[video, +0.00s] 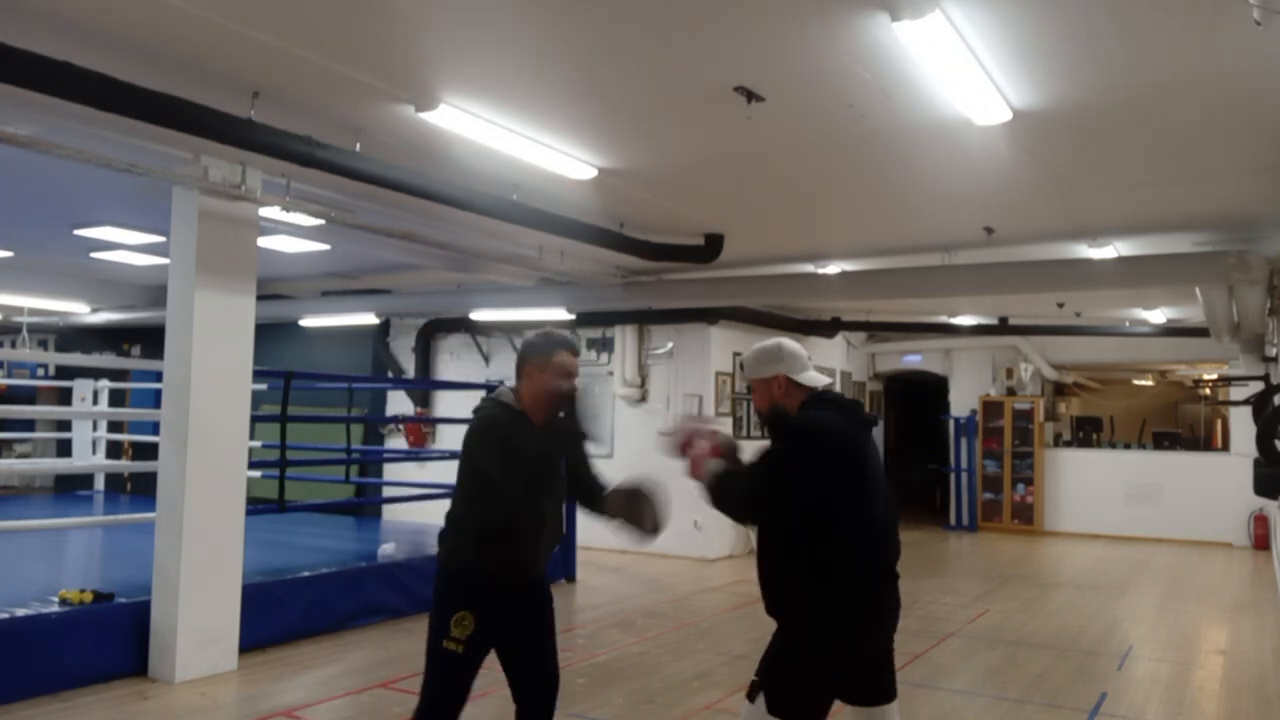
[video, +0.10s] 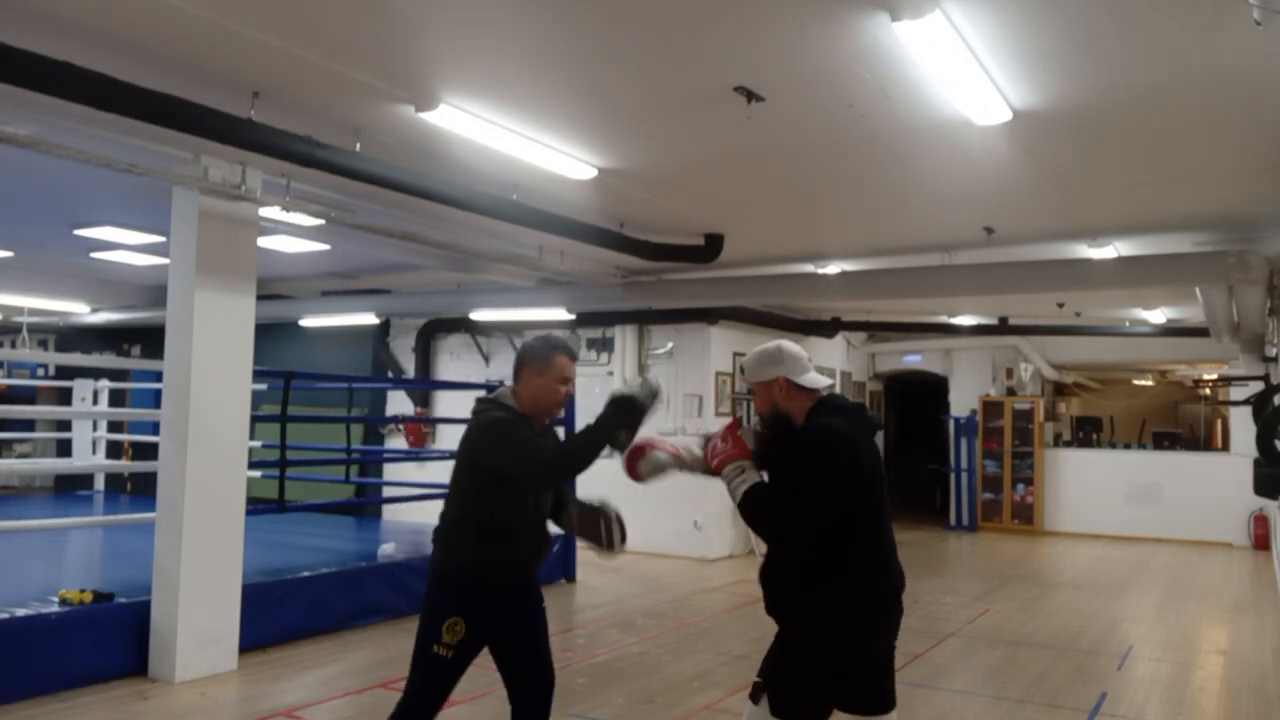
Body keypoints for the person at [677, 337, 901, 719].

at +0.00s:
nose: (753, 403)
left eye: (754, 390)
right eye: (752, 392)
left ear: (779, 384)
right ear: (785, 383)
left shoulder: (806, 433)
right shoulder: (843, 424)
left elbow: (754, 503)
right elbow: (778, 489)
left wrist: (711, 472)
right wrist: (730, 461)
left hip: (822, 613)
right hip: (867, 606)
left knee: (766, 709)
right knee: (874, 709)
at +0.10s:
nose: (755, 405)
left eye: (756, 393)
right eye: (753, 395)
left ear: (781, 386)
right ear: (786, 385)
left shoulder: (822, 437)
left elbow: (783, 530)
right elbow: (756, 455)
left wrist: (736, 469)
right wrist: (684, 457)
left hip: (829, 615)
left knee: (768, 709)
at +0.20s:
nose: (765, 407)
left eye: (766, 393)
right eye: (763, 395)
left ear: (791, 386)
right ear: (798, 384)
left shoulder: (823, 437)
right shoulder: (857, 424)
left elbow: (781, 531)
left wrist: (744, 460)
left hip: (826, 625)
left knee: (769, 710)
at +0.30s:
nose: (784, 404)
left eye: (784, 391)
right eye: (781, 393)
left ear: (809, 384)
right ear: (821, 382)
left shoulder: (825, 436)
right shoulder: (885, 424)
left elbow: (777, 527)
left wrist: (743, 457)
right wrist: (781, 456)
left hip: (828, 621)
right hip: (892, 613)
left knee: (775, 712)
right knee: (897, 712)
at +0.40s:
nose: (799, 402)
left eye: (801, 389)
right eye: (797, 391)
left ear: (827, 385)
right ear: (839, 382)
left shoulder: (836, 434)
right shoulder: (897, 423)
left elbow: (787, 522)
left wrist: (751, 455)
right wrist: (804, 445)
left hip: (840, 617)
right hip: (903, 608)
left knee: (777, 711)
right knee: (902, 712)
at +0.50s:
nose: (805, 405)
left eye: (807, 393)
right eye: (803, 394)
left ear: (834, 388)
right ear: (843, 386)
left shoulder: (848, 438)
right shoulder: (902, 427)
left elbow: (789, 518)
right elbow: (842, 499)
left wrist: (732, 463)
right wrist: (798, 444)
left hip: (842, 621)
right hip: (903, 614)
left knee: (786, 710)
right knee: (900, 712)